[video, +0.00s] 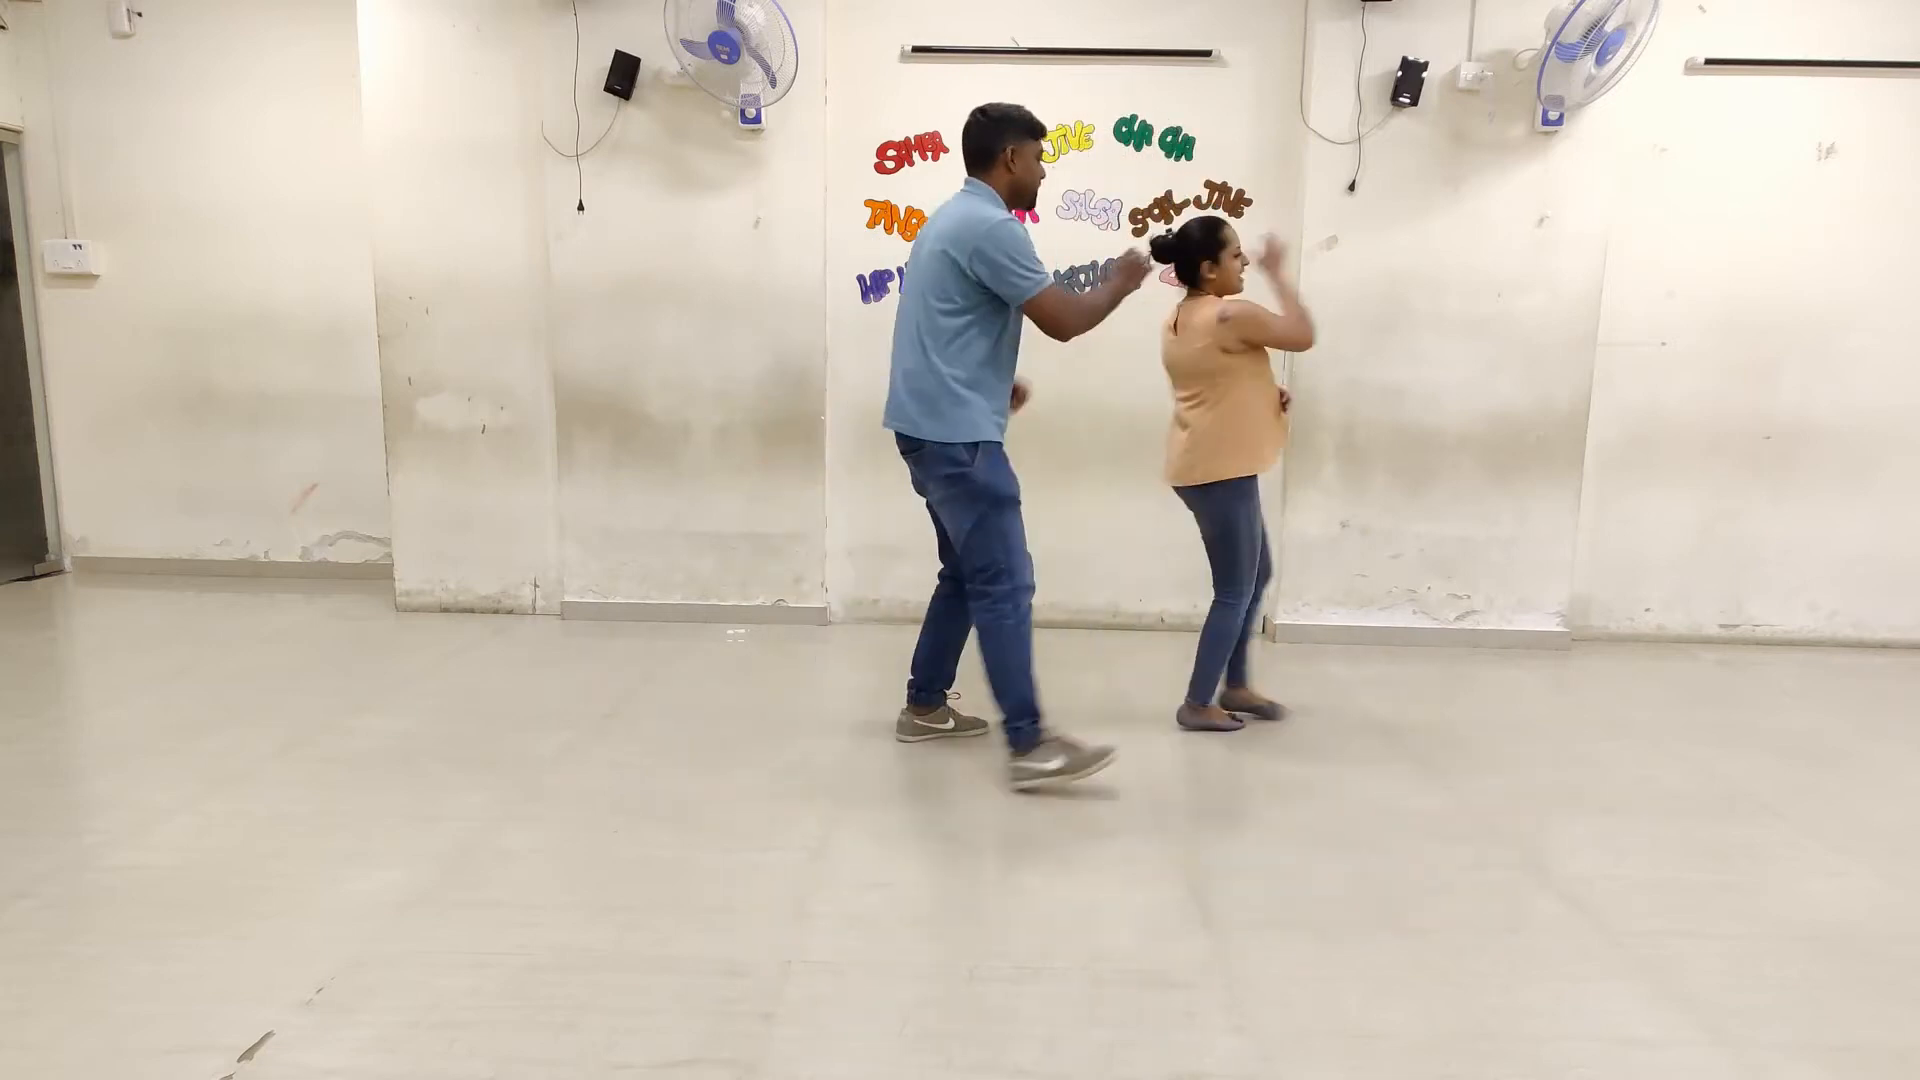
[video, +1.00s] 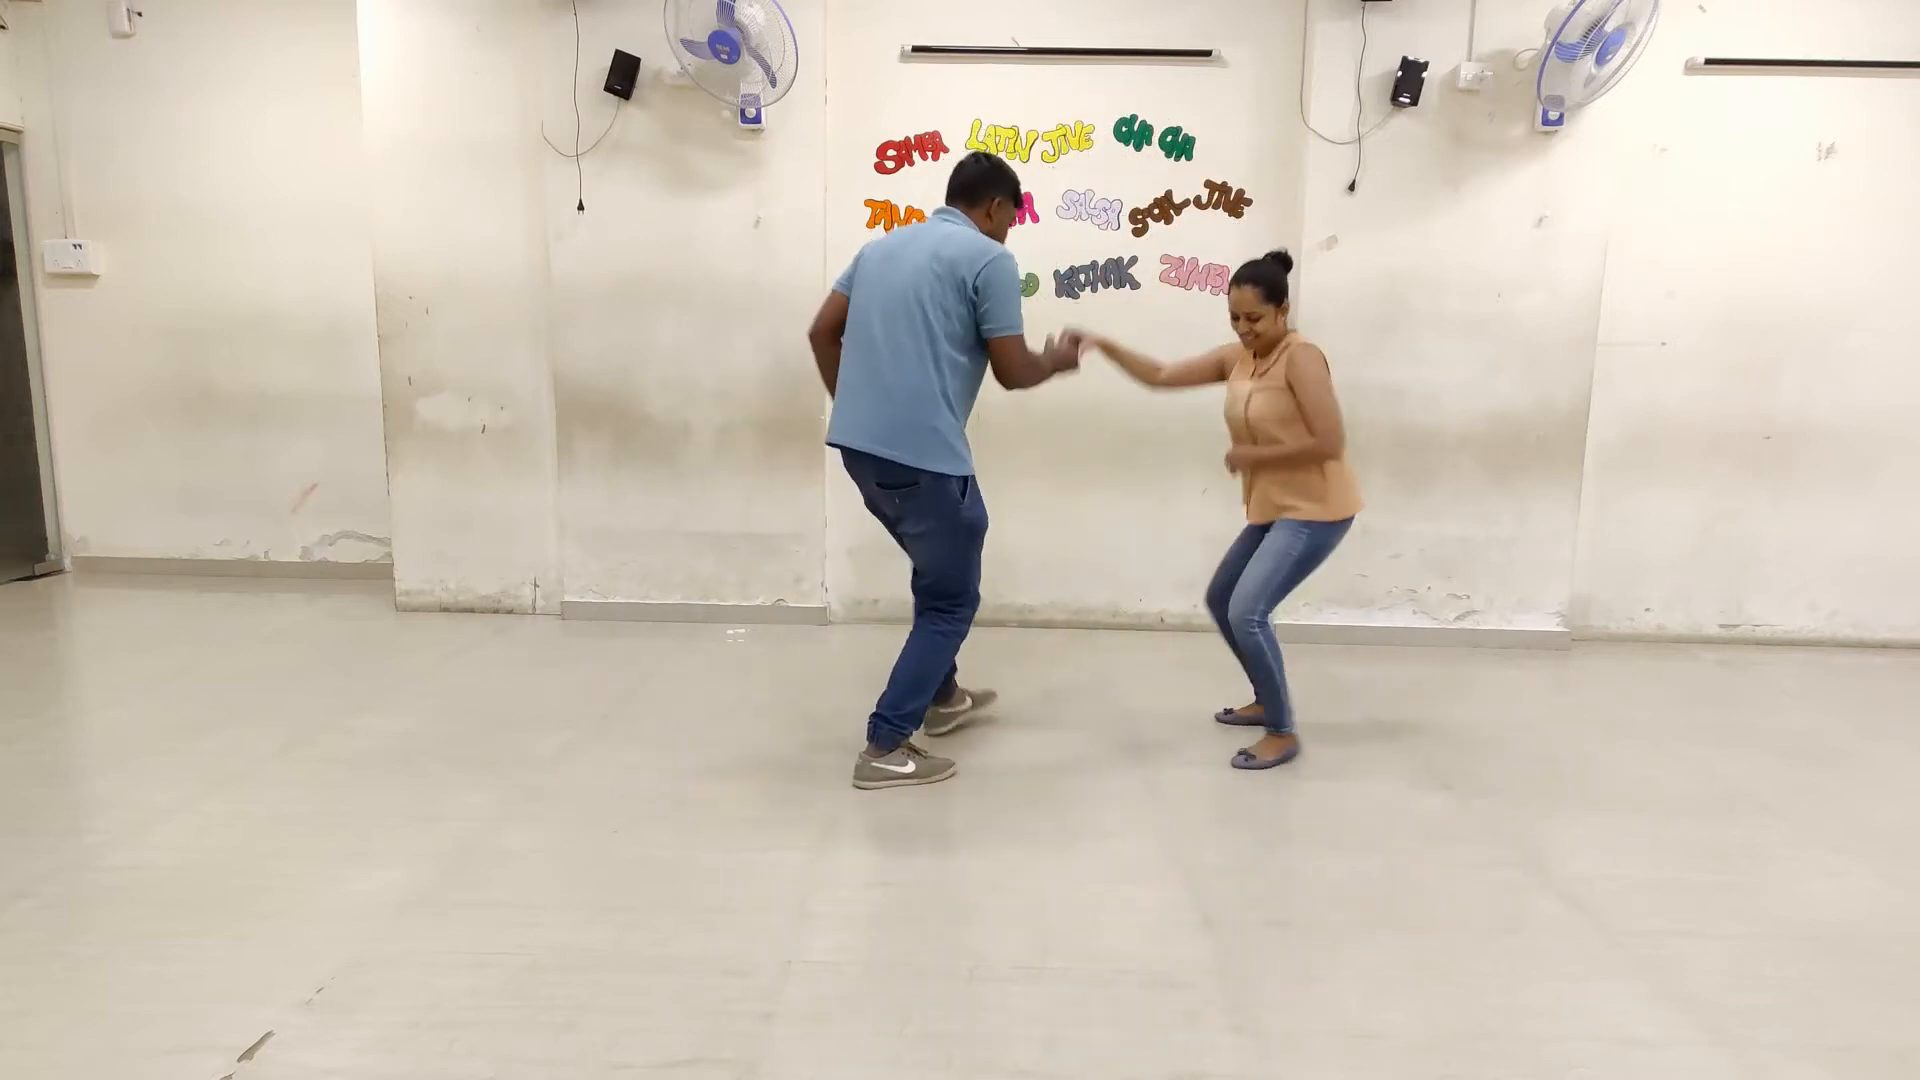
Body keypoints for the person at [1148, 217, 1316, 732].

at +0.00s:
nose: (1245, 262)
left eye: (1241, 254)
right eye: (1235, 256)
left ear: (1197, 269)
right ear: (1206, 268)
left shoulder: (1177, 319)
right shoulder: (1230, 315)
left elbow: (1207, 386)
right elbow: (1302, 332)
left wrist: (1266, 400)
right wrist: (1279, 274)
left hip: (1199, 466)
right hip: (1224, 469)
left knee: (1256, 569)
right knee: (1233, 586)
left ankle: (1235, 687)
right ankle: (1198, 704)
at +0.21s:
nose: (1226, 266)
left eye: (1237, 255)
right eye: (1216, 258)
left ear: (1257, 260)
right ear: (1205, 267)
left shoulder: (1291, 319)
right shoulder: (1197, 324)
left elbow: (1335, 377)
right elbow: (1196, 360)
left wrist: (1311, 397)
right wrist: (1194, 297)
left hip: (1286, 471)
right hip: (1218, 474)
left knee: (1295, 597)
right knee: (1225, 596)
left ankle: (1302, 715)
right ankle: (1215, 696)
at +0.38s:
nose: (1234, 297)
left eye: (1246, 287)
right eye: (1227, 287)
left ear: (1275, 288)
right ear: (1222, 290)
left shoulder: (1307, 345)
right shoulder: (1215, 353)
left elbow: (1349, 423)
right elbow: (1186, 423)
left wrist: (1273, 452)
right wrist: (1150, 387)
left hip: (1292, 505)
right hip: (1231, 506)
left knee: (1273, 616)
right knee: (1214, 612)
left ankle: (1303, 735)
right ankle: (1251, 705)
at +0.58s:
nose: (1245, 304)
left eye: (1254, 294)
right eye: (1239, 294)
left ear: (1286, 287)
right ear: (1236, 289)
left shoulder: (1299, 339)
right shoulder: (1248, 343)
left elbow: (1283, 423)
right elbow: (1188, 384)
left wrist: (1227, 430)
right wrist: (1114, 382)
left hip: (1307, 492)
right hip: (1276, 494)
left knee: (1259, 611)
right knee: (1233, 587)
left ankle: (1304, 736)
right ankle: (1257, 705)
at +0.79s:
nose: (1249, 310)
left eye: (1258, 299)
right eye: (1242, 300)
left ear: (1290, 292)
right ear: (1239, 293)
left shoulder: (1297, 345)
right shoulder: (1260, 339)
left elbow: (1275, 437)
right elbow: (1187, 358)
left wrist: (1231, 428)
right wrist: (1112, 347)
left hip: (1304, 494)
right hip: (1298, 492)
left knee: (1267, 616)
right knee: (1262, 607)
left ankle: (1307, 745)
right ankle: (1266, 703)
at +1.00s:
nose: (1244, 327)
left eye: (1254, 316)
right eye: (1236, 316)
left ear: (1282, 309)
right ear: (1229, 310)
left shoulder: (1304, 359)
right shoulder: (1235, 356)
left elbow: (1330, 442)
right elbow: (1160, 375)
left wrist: (1253, 456)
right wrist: (1100, 344)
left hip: (1317, 511)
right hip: (1271, 511)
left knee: (1246, 610)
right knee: (1221, 600)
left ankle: (1283, 735)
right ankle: (1270, 702)